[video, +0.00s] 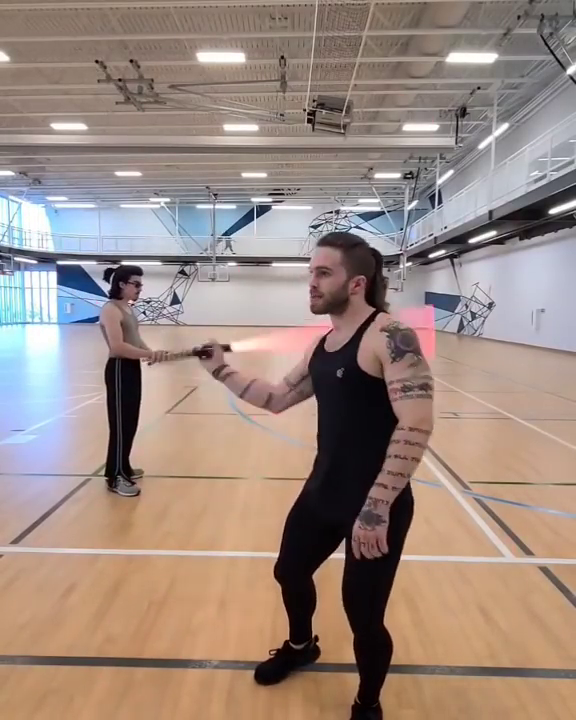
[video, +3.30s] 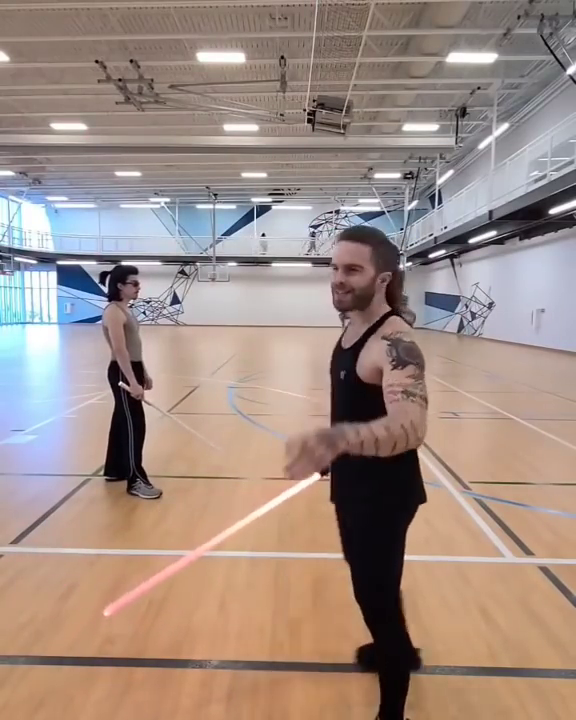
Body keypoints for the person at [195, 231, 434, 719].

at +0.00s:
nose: (312, 281)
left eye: (324, 273)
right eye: (312, 272)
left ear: (358, 282)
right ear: (317, 277)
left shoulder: (391, 336)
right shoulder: (328, 343)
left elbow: (417, 426)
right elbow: (277, 396)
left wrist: (375, 508)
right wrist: (222, 370)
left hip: (377, 497)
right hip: (328, 486)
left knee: (363, 612)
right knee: (291, 569)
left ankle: (368, 702)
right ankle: (301, 643)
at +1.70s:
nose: (316, 275)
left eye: (329, 264)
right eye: (308, 266)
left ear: (353, 272)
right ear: (302, 273)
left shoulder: (377, 338)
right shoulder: (316, 333)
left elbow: (406, 419)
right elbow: (285, 394)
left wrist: (329, 464)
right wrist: (226, 406)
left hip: (361, 497)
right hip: (309, 489)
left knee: (358, 605)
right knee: (283, 571)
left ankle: (367, 700)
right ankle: (289, 649)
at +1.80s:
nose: (310, 279)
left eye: (322, 268)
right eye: (302, 269)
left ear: (349, 273)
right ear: (296, 275)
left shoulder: (371, 342)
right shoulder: (306, 333)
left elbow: (390, 424)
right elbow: (298, 404)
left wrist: (307, 445)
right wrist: (260, 438)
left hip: (349, 494)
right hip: (299, 486)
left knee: (351, 604)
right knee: (289, 579)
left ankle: (366, 699)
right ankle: (290, 655)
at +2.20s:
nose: (271, 284)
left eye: (284, 276)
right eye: (267, 274)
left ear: (312, 282)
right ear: (265, 276)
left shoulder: (320, 332)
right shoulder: (284, 330)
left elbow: (330, 372)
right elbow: (272, 415)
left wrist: (295, 380)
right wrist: (258, 473)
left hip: (301, 487)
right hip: (266, 482)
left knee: (316, 603)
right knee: (277, 575)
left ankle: (364, 692)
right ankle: (290, 655)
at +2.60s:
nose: (281, 282)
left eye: (293, 273)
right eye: (275, 272)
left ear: (318, 279)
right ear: (268, 276)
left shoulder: (329, 335)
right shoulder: (283, 332)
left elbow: (347, 397)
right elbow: (278, 410)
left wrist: (308, 435)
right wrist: (258, 459)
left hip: (309, 484)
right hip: (272, 478)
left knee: (306, 602)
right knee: (282, 576)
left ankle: (363, 691)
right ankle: (290, 655)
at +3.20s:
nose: (344, 287)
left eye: (358, 277)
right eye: (335, 275)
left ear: (381, 281)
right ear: (326, 276)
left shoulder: (398, 347)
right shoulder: (341, 327)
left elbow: (410, 416)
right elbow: (345, 398)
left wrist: (354, 396)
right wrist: (327, 445)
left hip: (380, 494)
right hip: (339, 479)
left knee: (376, 610)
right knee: (335, 563)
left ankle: (391, 715)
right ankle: (362, 646)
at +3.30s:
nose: (339, 279)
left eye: (352, 270)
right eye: (335, 269)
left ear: (384, 277)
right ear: (332, 270)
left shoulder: (396, 342)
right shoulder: (354, 327)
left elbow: (411, 425)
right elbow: (356, 409)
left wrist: (337, 439)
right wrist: (339, 467)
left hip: (384, 489)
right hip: (355, 480)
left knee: (376, 598)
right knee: (368, 574)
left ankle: (390, 714)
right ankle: (394, 646)